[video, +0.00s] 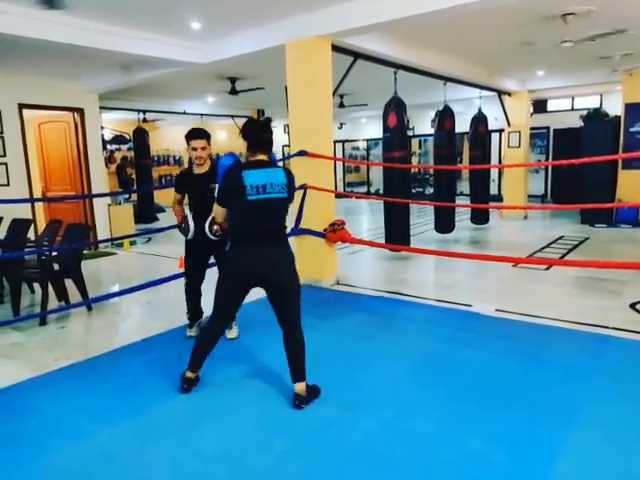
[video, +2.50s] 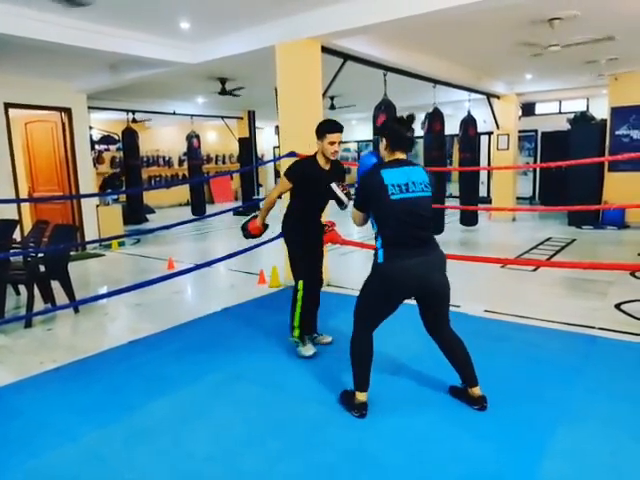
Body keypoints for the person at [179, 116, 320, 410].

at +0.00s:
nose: (243, 147)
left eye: (243, 143)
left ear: (245, 145)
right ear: (271, 144)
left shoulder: (234, 174)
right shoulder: (285, 175)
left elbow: (219, 217)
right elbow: (282, 210)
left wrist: (240, 219)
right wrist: (238, 217)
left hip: (240, 261)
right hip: (277, 259)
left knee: (220, 318)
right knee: (291, 324)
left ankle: (191, 374)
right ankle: (300, 388)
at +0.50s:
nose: (333, 148)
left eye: (335, 143)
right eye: (334, 142)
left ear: (345, 144)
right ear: (364, 142)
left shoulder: (340, 176)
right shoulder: (381, 171)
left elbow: (326, 222)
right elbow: (367, 214)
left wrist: (311, 209)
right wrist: (333, 228)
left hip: (357, 268)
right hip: (392, 263)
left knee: (324, 331)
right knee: (410, 327)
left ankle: (321, 407)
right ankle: (448, 389)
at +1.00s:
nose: (408, 142)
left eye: (410, 136)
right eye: (408, 136)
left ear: (423, 136)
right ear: (435, 136)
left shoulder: (418, 171)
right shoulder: (453, 163)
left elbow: (398, 215)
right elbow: (437, 201)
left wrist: (391, 184)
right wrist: (407, 176)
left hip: (434, 262)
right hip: (466, 254)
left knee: (401, 321)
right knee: (470, 313)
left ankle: (417, 395)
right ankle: (507, 373)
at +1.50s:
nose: (387, 138)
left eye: (391, 133)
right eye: (388, 133)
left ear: (404, 137)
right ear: (416, 138)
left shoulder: (389, 165)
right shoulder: (431, 164)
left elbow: (346, 177)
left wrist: (329, 155)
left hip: (408, 258)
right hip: (442, 252)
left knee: (375, 315)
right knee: (457, 315)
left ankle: (362, 381)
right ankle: (497, 376)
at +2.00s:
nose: (395, 142)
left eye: (399, 136)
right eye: (396, 136)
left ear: (412, 137)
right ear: (420, 138)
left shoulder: (410, 174)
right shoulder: (437, 167)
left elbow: (389, 218)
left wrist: (378, 184)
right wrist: (389, 175)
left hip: (421, 263)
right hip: (452, 258)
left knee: (385, 324)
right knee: (449, 324)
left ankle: (360, 384)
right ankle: (476, 389)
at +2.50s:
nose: (378, 147)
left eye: (379, 143)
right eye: (380, 142)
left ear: (385, 145)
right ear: (407, 145)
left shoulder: (372, 176)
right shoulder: (422, 173)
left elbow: (358, 219)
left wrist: (369, 193)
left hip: (394, 270)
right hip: (432, 266)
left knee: (363, 327)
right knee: (441, 328)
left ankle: (360, 397)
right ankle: (475, 390)